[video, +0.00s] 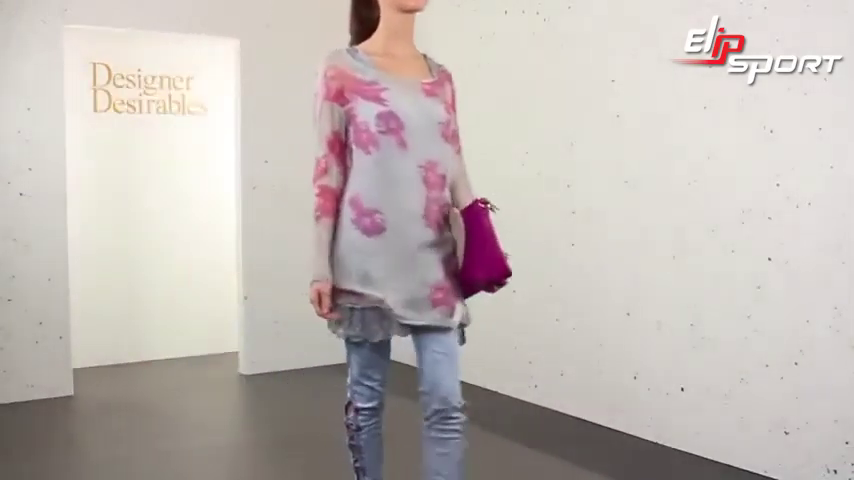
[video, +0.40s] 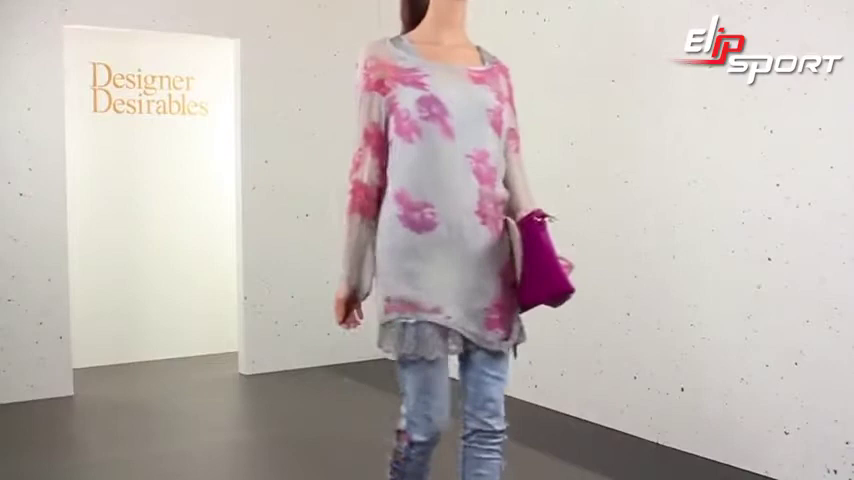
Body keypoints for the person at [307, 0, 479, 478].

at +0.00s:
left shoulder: (440, 77)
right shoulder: (342, 68)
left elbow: (454, 167)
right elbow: (329, 170)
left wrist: (478, 249)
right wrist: (321, 265)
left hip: (434, 261)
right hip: (364, 262)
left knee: (446, 404)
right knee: (366, 403)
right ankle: (367, 475)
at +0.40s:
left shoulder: (496, 70)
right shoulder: (385, 58)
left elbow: (513, 173)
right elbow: (368, 175)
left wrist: (540, 258)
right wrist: (352, 277)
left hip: (489, 275)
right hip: (415, 274)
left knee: (488, 426)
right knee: (426, 426)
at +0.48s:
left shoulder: (504, 71)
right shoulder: (392, 57)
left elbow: (523, 178)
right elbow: (373, 176)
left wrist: (552, 266)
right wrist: (356, 279)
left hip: (497, 272)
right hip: (422, 269)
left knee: (492, 426)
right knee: (451, 424)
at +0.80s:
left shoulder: (507, 58)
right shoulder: (416, 42)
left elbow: (533, 164)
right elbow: (347, 140)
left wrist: (556, 257)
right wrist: (348, 245)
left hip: (506, 264)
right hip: (450, 266)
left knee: (494, 440)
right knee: (484, 441)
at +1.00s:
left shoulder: (484, 40)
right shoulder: (438, 25)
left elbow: (493, 142)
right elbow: (350, 97)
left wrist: (535, 201)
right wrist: (399, 200)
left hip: (508, 261)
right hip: (472, 262)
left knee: (511, 436)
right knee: (483, 440)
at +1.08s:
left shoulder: (482, 40)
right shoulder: (443, 28)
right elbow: (374, 92)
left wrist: (525, 200)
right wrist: (441, 182)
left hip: (507, 259)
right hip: (476, 262)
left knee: (508, 433)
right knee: (488, 439)